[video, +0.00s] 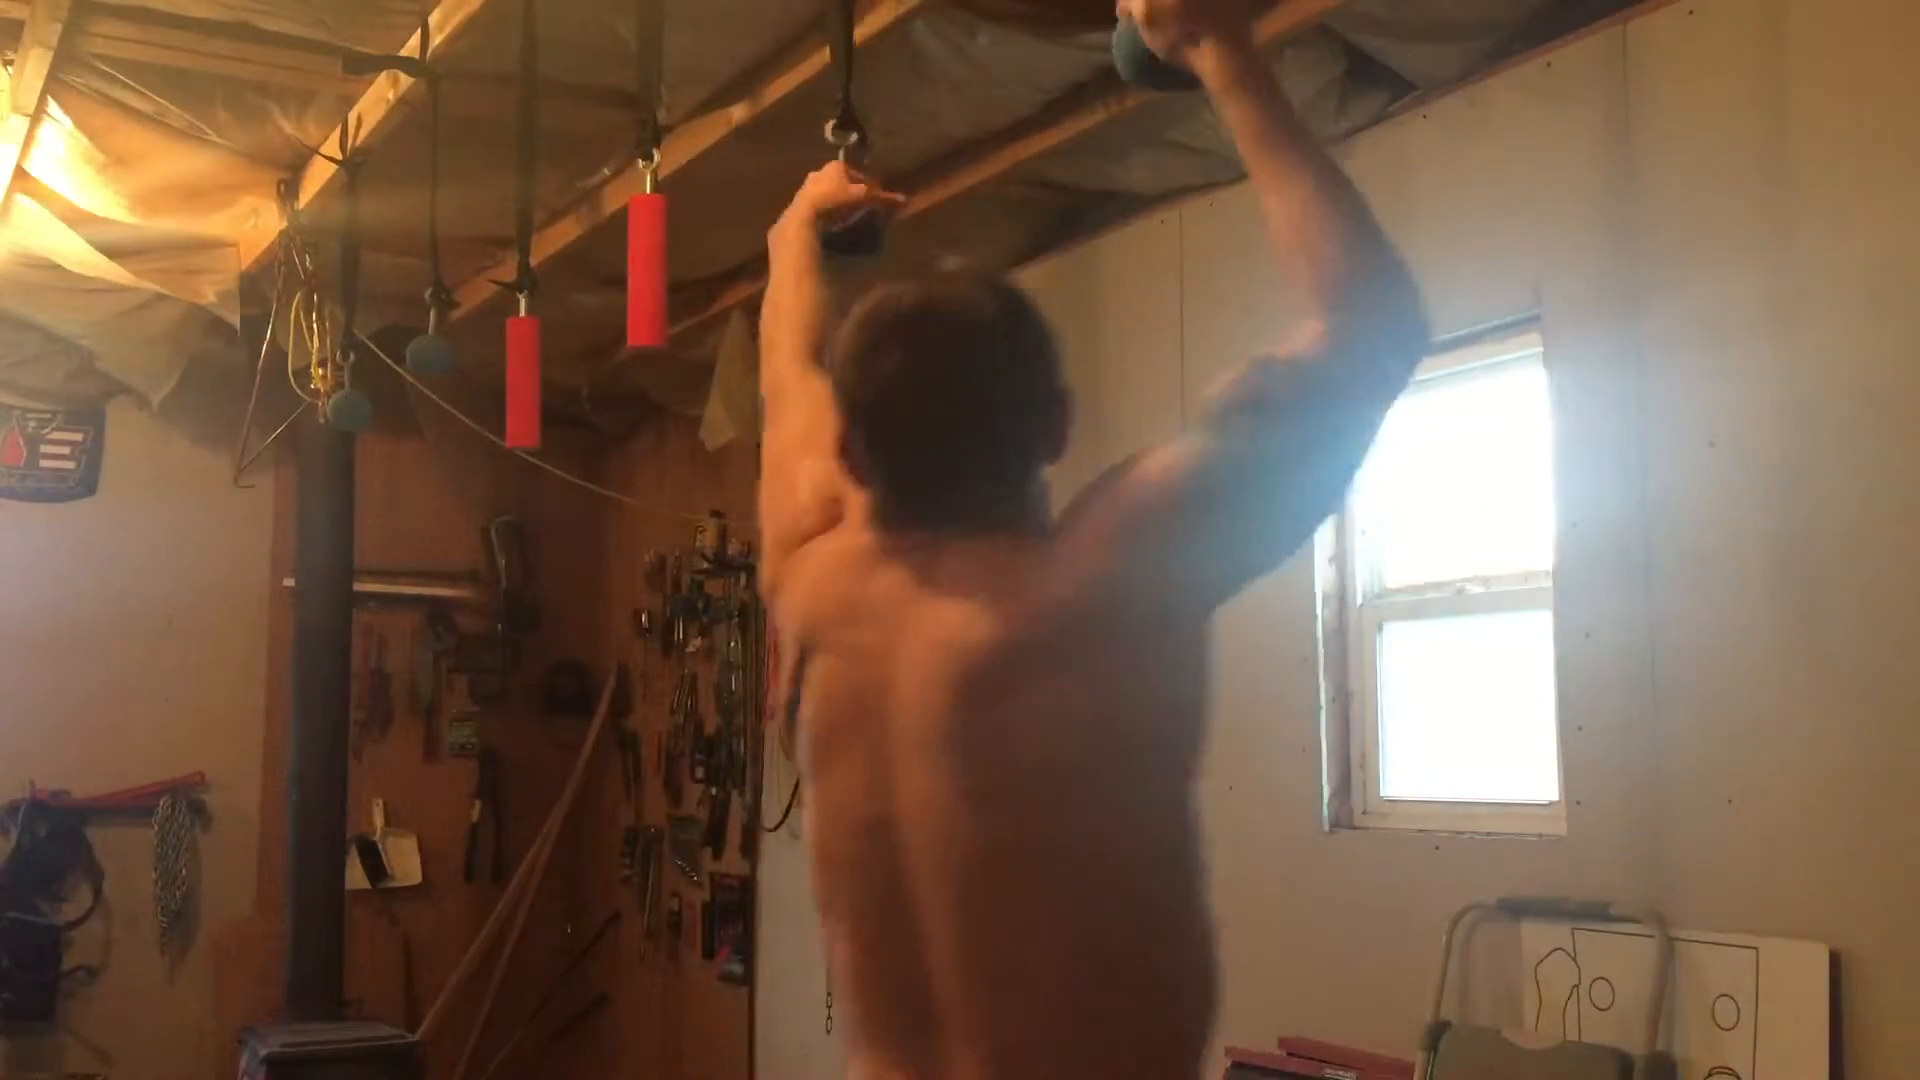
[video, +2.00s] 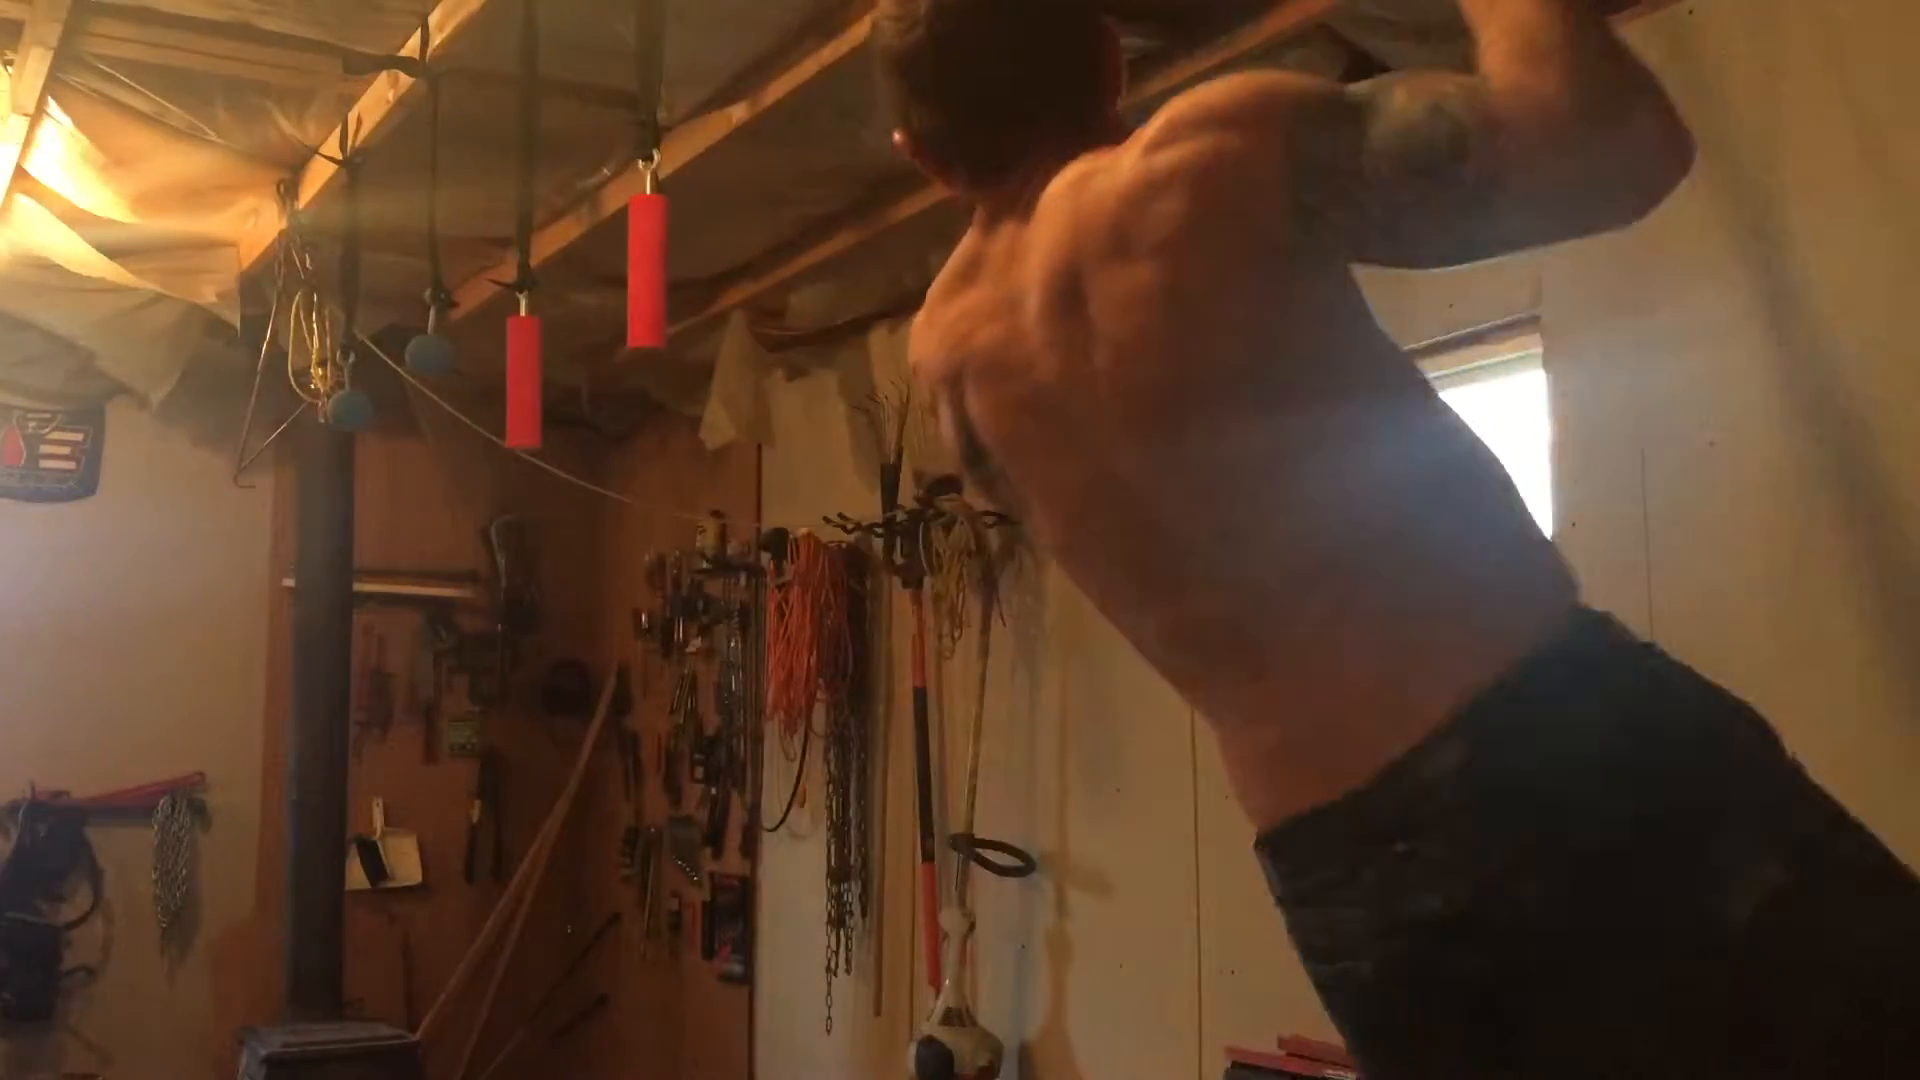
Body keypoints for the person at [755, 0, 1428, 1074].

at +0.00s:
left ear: (850, 452)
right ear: (1057, 430)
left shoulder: (822, 601)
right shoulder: (1120, 580)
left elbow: (792, 380)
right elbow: (1371, 332)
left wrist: (796, 221)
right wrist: (1226, 51)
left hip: (888, 1064)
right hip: (1124, 1063)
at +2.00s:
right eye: (1115, 42)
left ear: (925, 166)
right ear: (1110, 53)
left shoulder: (947, 349)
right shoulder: (1230, 152)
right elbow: (1619, 140)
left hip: (1338, 883)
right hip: (1566, 753)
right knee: (1877, 1011)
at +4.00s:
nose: (899, 399)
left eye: (920, 383)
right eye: (910, 381)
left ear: (968, 408)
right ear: (978, 414)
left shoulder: (1014, 511)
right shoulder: (935, 504)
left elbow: (801, 506)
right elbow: (730, 451)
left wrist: (809, 311)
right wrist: (671, 288)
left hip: (843, 894)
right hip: (799, 875)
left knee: (460, 1005)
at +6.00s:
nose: (585, 426)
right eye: (580, 412)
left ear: (453, 440)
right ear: (574, 436)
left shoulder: (418, 547)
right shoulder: (648, 518)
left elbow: (452, 464)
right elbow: (714, 446)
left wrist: (507, 375)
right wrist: (645, 292)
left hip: (533, 878)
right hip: (681, 881)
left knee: (516, 1046)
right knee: (746, 1055)